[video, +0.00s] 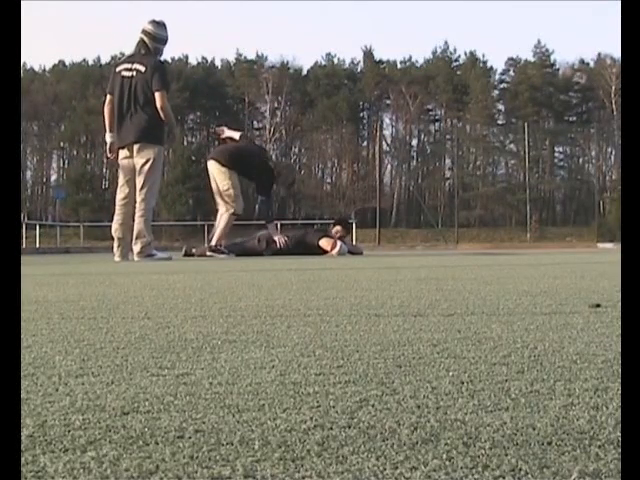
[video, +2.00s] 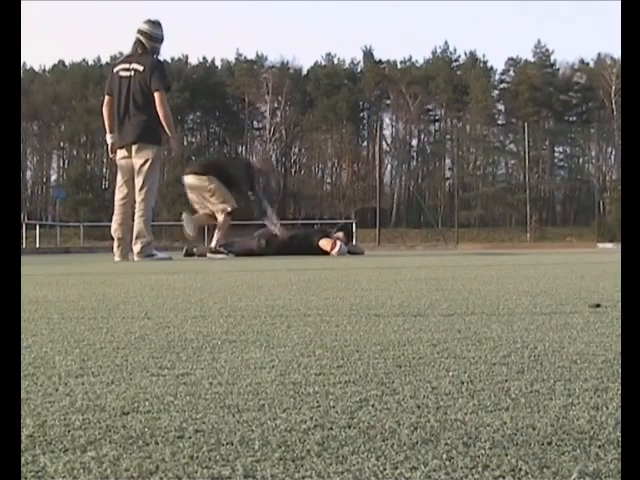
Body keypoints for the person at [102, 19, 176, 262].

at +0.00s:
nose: (163, 48)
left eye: (164, 44)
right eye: (163, 44)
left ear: (142, 38)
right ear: (159, 43)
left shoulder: (120, 65)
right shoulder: (156, 65)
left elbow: (109, 103)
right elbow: (160, 101)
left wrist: (110, 134)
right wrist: (172, 124)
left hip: (123, 137)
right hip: (148, 138)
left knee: (124, 196)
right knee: (145, 197)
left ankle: (119, 249)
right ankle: (142, 248)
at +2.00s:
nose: (160, 47)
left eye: (160, 43)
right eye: (159, 43)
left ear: (138, 38)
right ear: (155, 42)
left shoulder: (118, 65)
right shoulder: (153, 64)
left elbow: (107, 104)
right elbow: (159, 101)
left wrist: (110, 136)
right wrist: (172, 134)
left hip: (121, 138)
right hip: (147, 137)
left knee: (122, 196)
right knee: (144, 197)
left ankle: (119, 249)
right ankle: (142, 248)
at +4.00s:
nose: (148, 50)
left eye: (147, 46)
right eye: (148, 46)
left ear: (127, 41)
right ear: (146, 44)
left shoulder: (106, 66)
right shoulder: (149, 67)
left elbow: (97, 105)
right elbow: (156, 103)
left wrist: (97, 137)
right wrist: (162, 136)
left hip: (113, 138)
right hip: (140, 138)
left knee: (117, 196)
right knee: (143, 195)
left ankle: (119, 250)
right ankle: (142, 248)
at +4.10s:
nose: (148, 50)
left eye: (147, 46)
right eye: (148, 46)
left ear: (127, 41)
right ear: (146, 44)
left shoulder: (106, 66)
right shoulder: (149, 67)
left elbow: (97, 105)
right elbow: (156, 103)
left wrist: (97, 137)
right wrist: (162, 136)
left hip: (113, 138)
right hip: (140, 138)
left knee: (117, 196)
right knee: (143, 195)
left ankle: (119, 250)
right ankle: (142, 248)